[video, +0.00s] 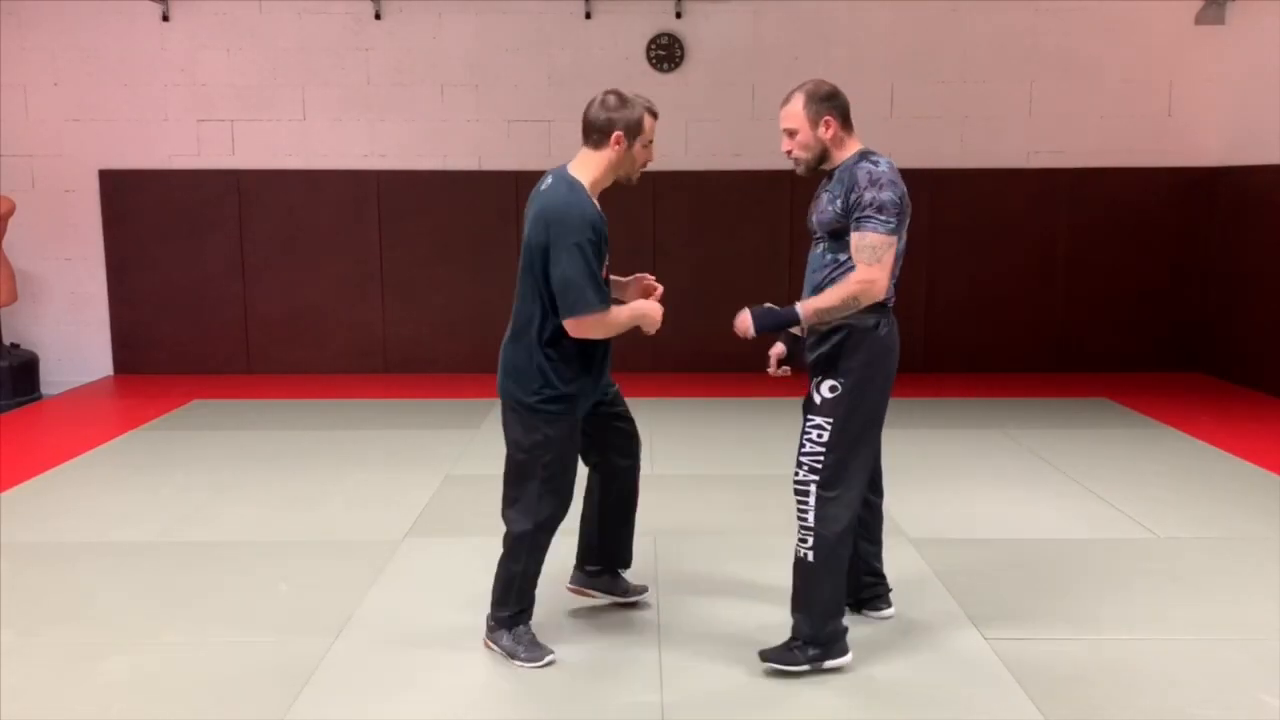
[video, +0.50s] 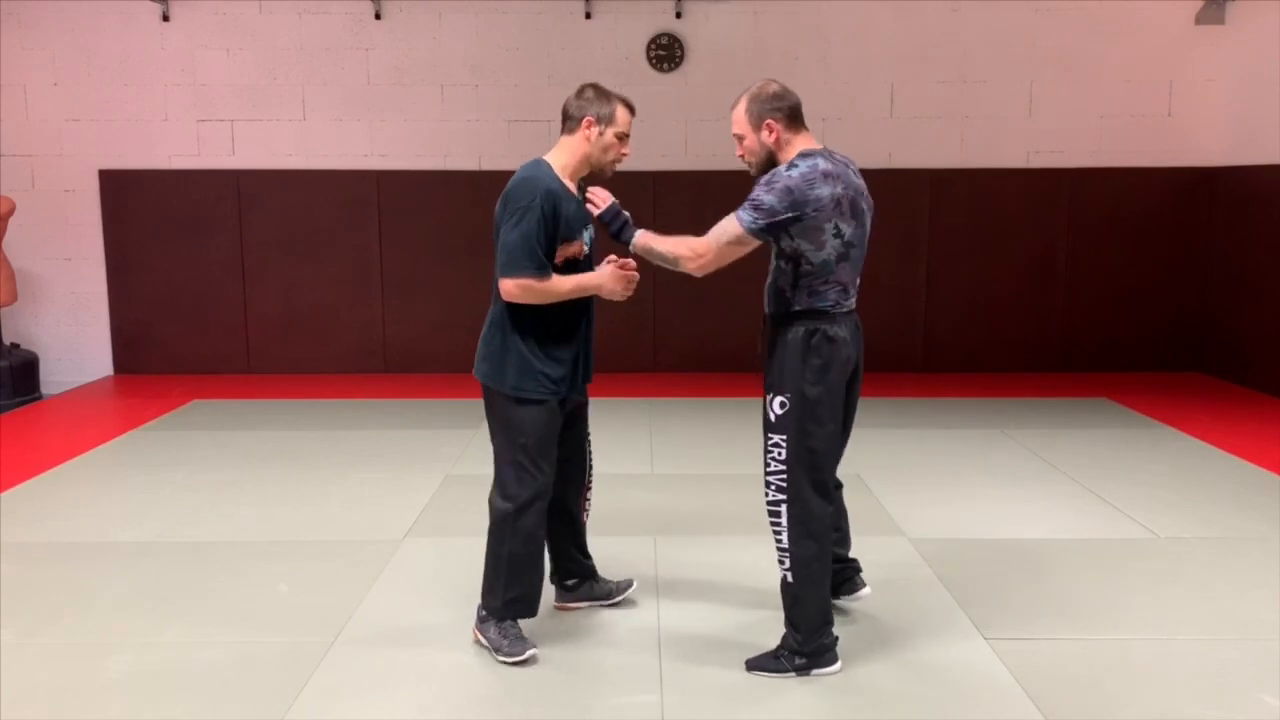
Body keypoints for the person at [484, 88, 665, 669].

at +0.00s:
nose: (651, 154)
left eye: (651, 142)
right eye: (647, 142)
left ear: (606, 141)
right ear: (618, 142)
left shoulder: (567, 191)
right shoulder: (570, 212)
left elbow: (565, 281)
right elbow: (582, 322)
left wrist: (617, 288)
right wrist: (634, 316)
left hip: (578, 372)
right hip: (544, 383)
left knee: (619, 452)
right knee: (537, 506)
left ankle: (597, 569)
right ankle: (507, 622)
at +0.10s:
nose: (641, 147)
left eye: (642, 135)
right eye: (636, 135)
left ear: (598, 132)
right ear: (606, 133)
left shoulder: (565, 187)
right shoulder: (558, 204)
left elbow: (554, 273)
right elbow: (568, 310)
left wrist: (602, 273)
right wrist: (627, 294)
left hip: (575, 372)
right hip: (535, 381)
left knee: (602, 464)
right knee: (530, 508)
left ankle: (591, 568)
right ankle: (507, 621)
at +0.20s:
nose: (634, 143)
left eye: (636, 132)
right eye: (630, 131)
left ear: (594, 128)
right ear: (598, 128)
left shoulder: (572, 189)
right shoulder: (550, 197)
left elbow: (574, 273)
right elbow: (554, 300)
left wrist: (615, 263)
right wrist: (619, 277)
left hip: (569, 374)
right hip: (529, 380)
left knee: (581, 481)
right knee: (523, 502)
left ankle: (582, 579)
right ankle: (507, 622)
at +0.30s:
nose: (635, 151)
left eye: (635, 140)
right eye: (629, 140)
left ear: (596, 138)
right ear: (596, 137)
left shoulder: (581, 196)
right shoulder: (544, 201)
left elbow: (580, 277)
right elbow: (543, 302)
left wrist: (626, 274)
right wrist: (619, 284)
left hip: (569, 372)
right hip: (524, 376)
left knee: (581, 478)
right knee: (540, 488)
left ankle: (576, 581)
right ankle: (506, 618)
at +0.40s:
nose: (633, 158)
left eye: (635, 146)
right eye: (628, 145)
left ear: (596, 139)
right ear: (595, 137)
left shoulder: (580, 198)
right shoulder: (537, 197)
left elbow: (576, 273)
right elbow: (528, 295)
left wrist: (617, 277)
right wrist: (607, 284)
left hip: (566, 373)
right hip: (522, 375)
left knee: (578, 478)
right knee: (542, 483)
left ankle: (574, 580)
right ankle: (505, 614)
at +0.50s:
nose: (627, 148)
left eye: (628, 138)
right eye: (621, 136)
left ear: (589, 132)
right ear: (589, 130)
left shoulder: (575, 193)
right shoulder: (532, 191)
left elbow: (567, 266)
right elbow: (514, 286)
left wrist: (601, 269)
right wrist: (594, 282)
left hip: (562, 369)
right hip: (519, 371)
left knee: (568, 481)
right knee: (523, 492)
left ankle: (574, 579)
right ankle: (496, 615)